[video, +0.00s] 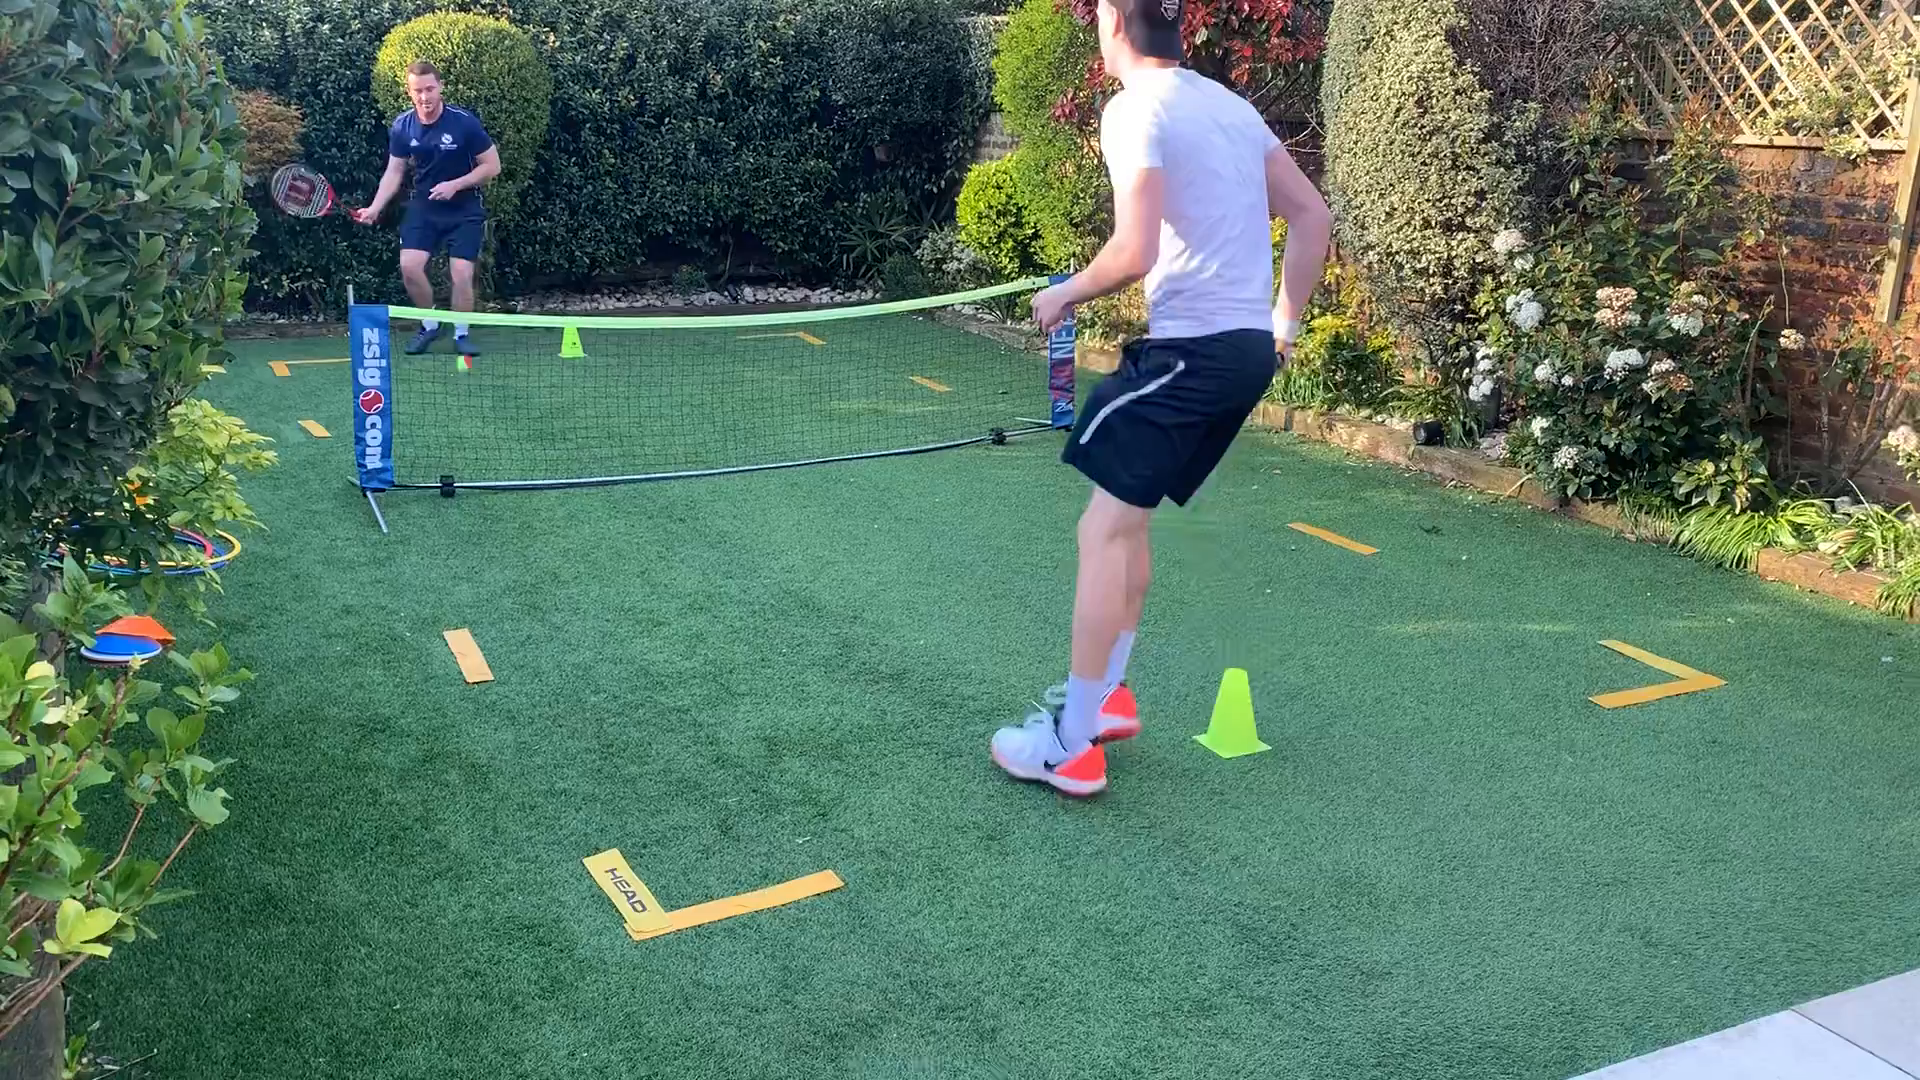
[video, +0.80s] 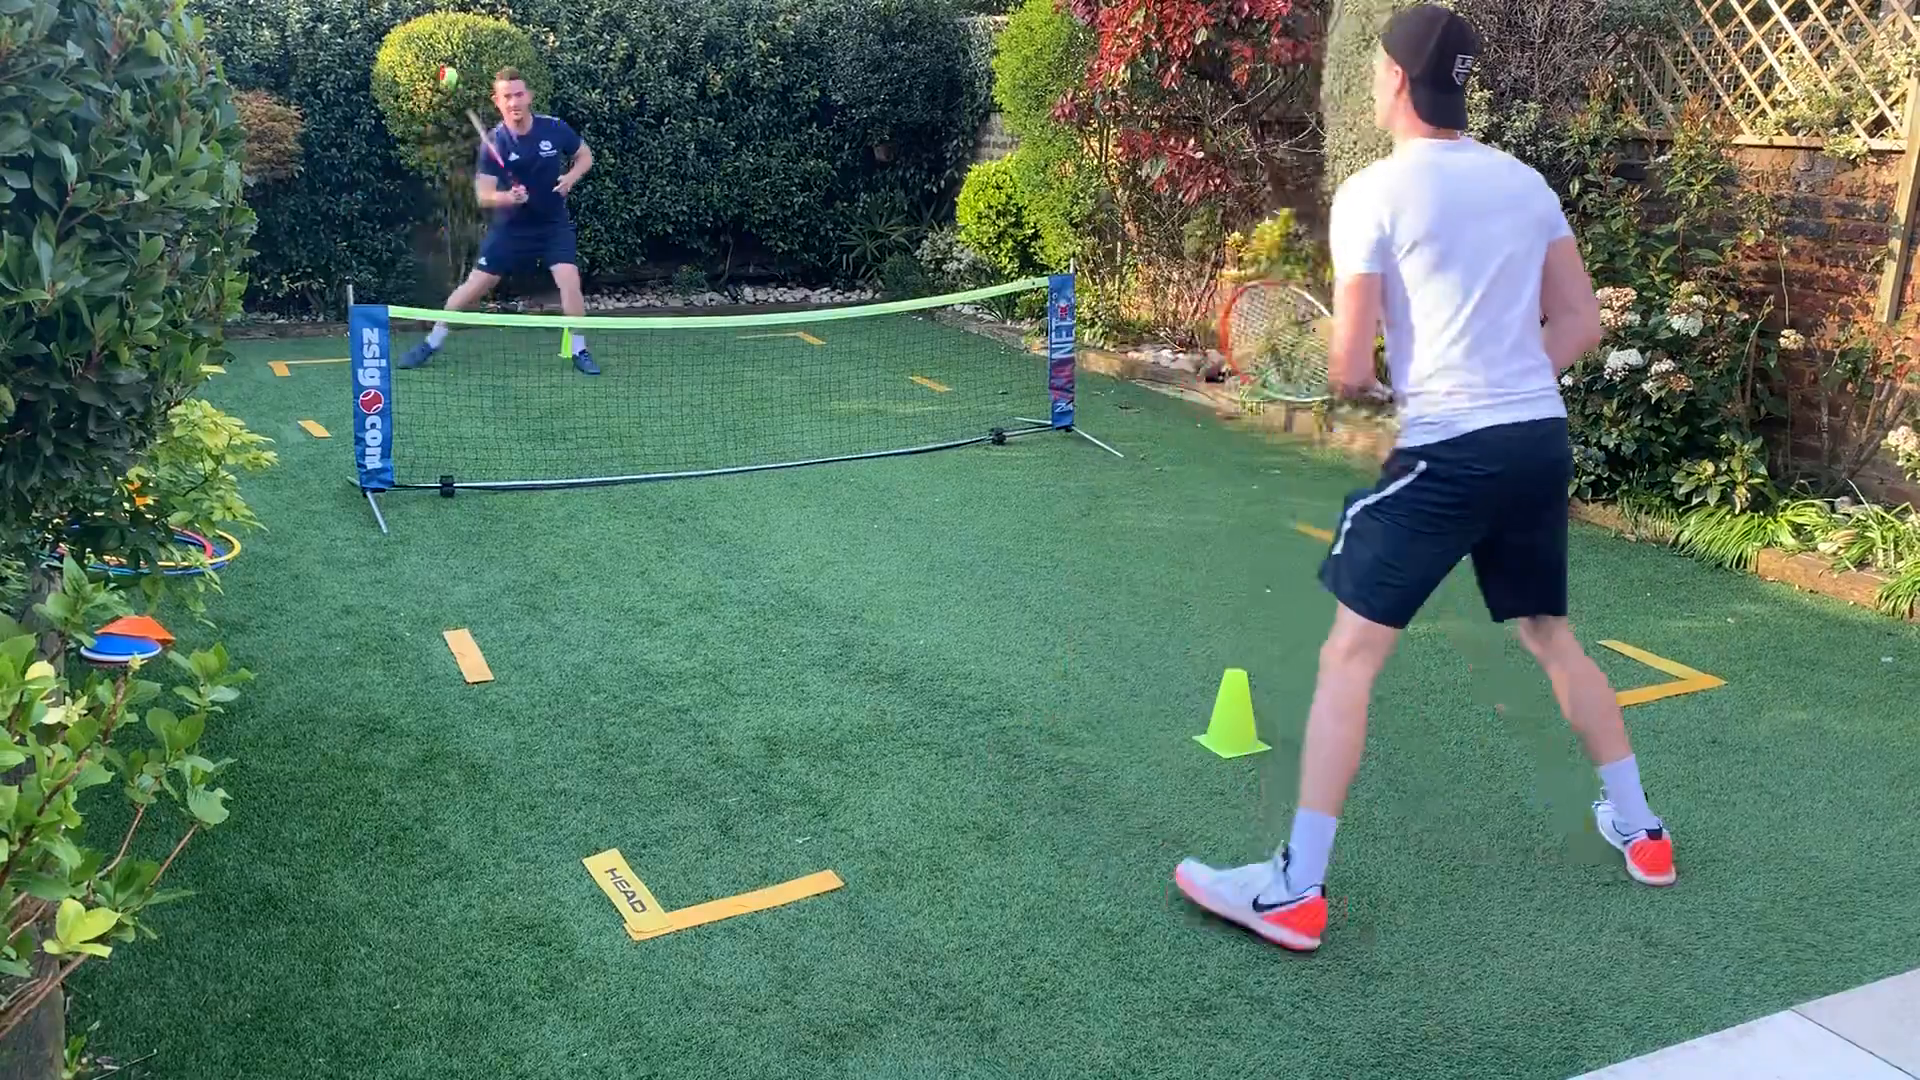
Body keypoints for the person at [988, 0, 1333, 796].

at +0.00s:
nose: (1095, 36)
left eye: (1096, 23)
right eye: (1097, 24)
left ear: (1110, 24)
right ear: (1177, 28)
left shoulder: (1136, 107)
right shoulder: (1235, 108)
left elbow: (1134, 250)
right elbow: (1311, 214)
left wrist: (1064, 293)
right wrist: (1287, 315)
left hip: (1191, 345)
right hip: (1245, 345)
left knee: (1102, 527)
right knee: (1127, 515)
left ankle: (1073, 740)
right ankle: (1108, 689)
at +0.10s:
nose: (1107, 56)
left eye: (1110, 38)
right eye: (1111, 38)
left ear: (1127, 47)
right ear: (1193, 46)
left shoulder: (1139, 141)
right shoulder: (1245, 140)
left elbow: (1108, 289)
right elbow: (1322, 255)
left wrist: (1054, 321)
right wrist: (1301, 370)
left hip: (1183, 389)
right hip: (1240, 389)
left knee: (1095, 572)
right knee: (1125, 552)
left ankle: (1136, 785)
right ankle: (1103, 721)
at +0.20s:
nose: (1130, 50)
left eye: (1134, 35)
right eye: (1136, 35)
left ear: (1149, 44)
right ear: (1218, 44)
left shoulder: (1143, 141)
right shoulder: (1277, 144)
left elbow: (1104, 291)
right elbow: (1349, 258)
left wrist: (1066, 343)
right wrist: (1323, 379)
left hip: (1208, 393)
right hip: (1269, 392)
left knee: (1140, 600)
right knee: (1143, 559)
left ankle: (1226, 797)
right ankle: (1104, 728)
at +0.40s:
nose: (1185, 79)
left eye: (1189, 66)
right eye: (1191, 64)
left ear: (1205, 79)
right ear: (1276, 83)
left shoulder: (1187, 182)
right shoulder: (1342, 175)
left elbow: (1145, 353)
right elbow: (1416, 313)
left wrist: (1145, 393)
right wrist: (1372, 400)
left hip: (1288, 436)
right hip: (1366, 430)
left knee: (1223, 663)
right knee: (1227, 545)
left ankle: (1279, 894)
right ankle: (1237, 756)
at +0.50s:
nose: (1225, 76)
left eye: (1228, 61)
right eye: (1230, 60)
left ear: (1245, 73)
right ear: (1316, 74)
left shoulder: (1229, 181)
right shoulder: (1379, 174)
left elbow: (1211, 341)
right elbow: (1447, 319)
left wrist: (1198, 402)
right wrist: (1390, 402)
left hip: (1321, 442)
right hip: (1406, 435)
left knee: (1232, 654)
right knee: (1307, 579)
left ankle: (1277, 892)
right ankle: (1385, 773)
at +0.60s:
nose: (1272, 63)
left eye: (1276, 47)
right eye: (1278, 46)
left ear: (1295, 60)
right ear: (1364, 62)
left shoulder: (1276, 170)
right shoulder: (1424, 168)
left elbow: (1268, 338)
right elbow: (1485, 309)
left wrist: (1235, 352)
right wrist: (1419, 383)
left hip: (1350, 436)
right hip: (1440, 428)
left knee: (1260, 645)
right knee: (1407, 601)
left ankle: (1278, 892)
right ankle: (1520, 787)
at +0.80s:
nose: (1377, 89)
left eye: (1381, 75)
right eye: (1384, 73)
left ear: (1398, 83)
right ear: (1461, 86)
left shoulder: (1373, 193)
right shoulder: (1526, 181)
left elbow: (1350, 366)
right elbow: (1582, 324)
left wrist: (1362, 376)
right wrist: (1500, 374)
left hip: (1447, 450)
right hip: (1542, 443)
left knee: (1349, 658)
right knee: (1552, 633)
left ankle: (1297, 882)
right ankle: (1639, 825)